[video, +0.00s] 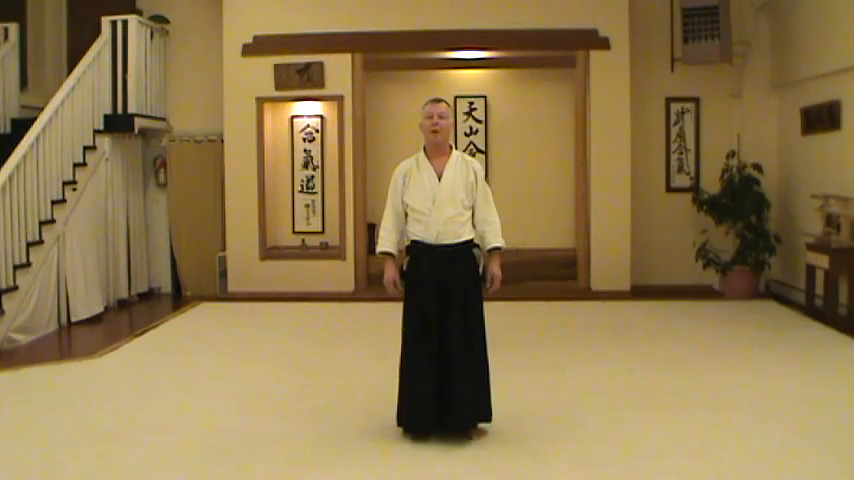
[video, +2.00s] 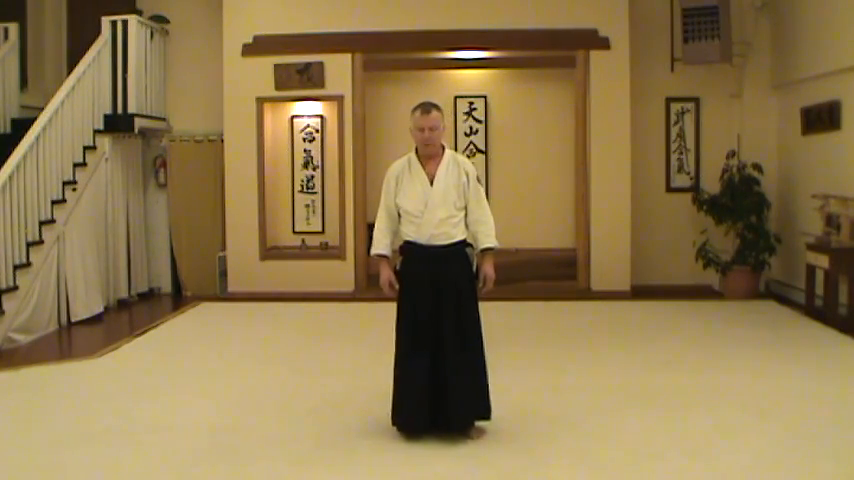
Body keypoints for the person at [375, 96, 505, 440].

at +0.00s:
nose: (436, 122)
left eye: (442, 117)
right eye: (429, 117)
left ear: (453, 124)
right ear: (420, 125)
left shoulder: (470, 167)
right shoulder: (405, 170)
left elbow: (485, 213)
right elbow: (392, 217)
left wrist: (493, 258)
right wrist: (389, 261)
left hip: (461, 260)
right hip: (422, 260)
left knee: (463, 337)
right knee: (422, 337)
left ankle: (464, 417)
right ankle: (420, 418)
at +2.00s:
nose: (427, 135)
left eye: (433, 129)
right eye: (421, 130)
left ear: (444, 130)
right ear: (412, 132)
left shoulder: (462, 167)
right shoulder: (398, 171)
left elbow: (479, 213)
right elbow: (385, 218)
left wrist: (486, 257)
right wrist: (383, 262)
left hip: (455, 261)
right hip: (415, 261)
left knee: (459, 336)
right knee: (416, 337)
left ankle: (463, 416)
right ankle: (416, 417)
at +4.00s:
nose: (421, 136)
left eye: (428, 129)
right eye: (416, 130)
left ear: (441, 131)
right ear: (409, 134)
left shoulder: (459, 170)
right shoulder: (400, 171)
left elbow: (475, 216)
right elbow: (387, 214)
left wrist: (476, 264)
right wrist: (403, 238)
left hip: (449, 261)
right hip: (414, 261)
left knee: (448, 338)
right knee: (417, 337)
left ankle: (449, 421)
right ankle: (422, 414)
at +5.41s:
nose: (420, 133)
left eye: (427, 128)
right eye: (415, 128)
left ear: (439, 132)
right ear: (407, 134)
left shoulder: (455, 173)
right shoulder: (395, 177)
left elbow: (471, 218)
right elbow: (385, 222)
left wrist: (469, 264)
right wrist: (391, 262)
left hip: (445, 262)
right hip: (411, 262)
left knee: (443, 340)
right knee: (413, 339)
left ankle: (441, 422)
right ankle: (418, 413)